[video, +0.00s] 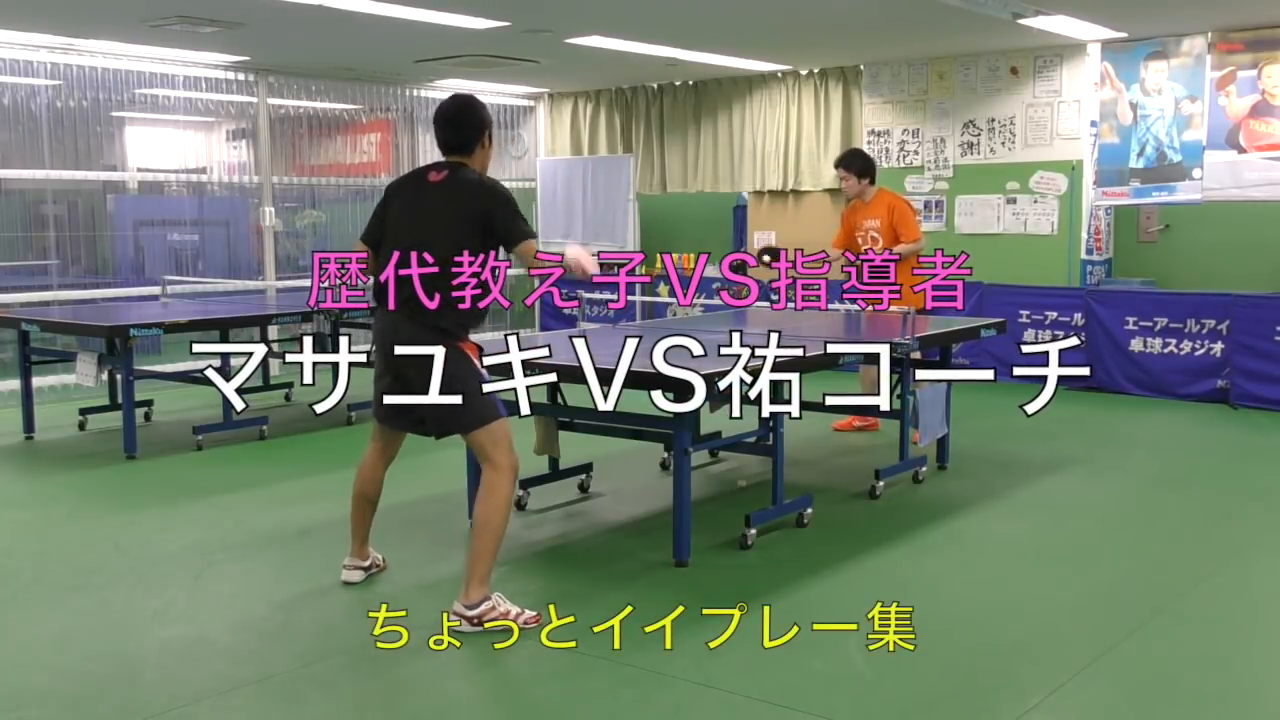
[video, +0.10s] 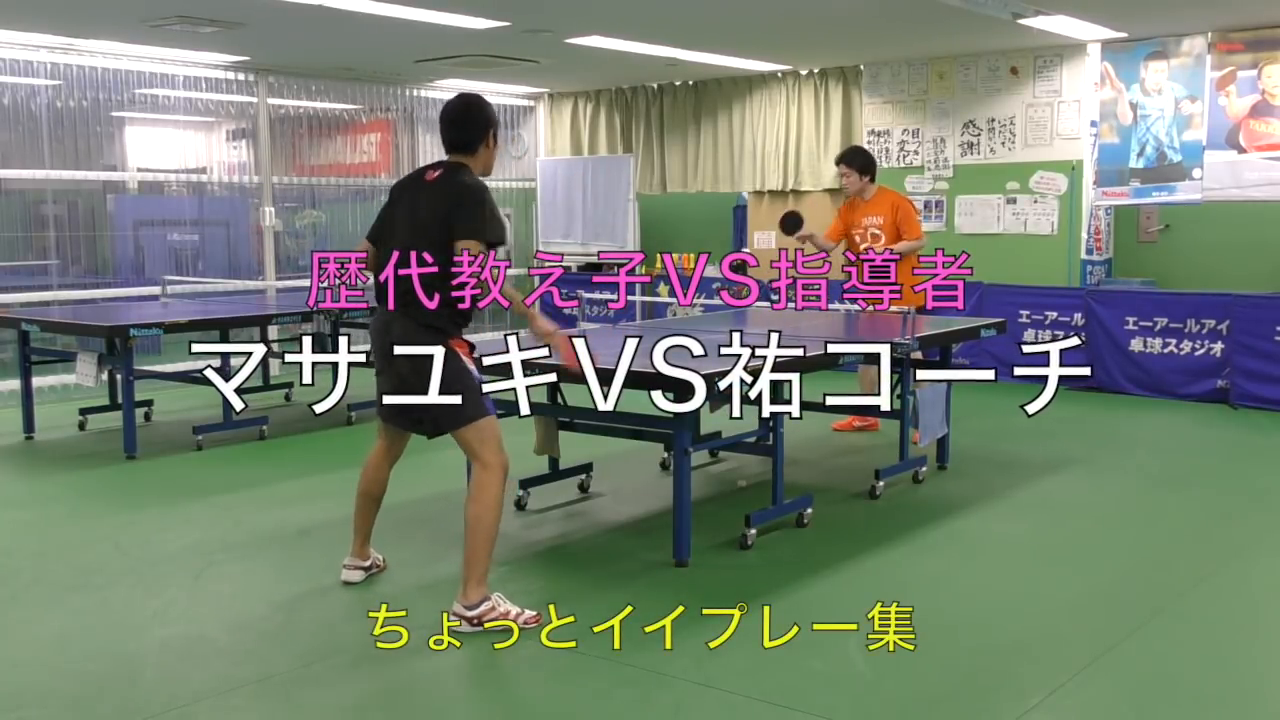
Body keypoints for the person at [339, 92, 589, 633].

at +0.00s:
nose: (493, 146)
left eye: (489, 137)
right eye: (492, 137)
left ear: (439, 140)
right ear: (485, 140)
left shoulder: (402, 188)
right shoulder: (488, 194)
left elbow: (371, 252)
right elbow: (530, 256)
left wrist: (414, 285)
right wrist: (569, 256)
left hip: (392, 344)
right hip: (445, 348)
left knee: (378, 451)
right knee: (500, 464)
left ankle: (357, 556)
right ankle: (475, 597)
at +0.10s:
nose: (499, 147)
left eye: (496, 137)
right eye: (497, 138)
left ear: (445, 138)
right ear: (488, 140)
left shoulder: (409, 184)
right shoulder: (469, 190)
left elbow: (371, 253)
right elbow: (473, 268)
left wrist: (405, 299)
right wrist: (534, 319)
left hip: (389, 342)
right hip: (432, 346)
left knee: (386, 446)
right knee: (490, 461)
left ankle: (358, 556)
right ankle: (474, 597)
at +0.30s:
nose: (510, 172)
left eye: (511, 162)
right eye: (508, 160)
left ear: (468, 156)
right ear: (485, 157)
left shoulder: (428, 194)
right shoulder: (452, 196)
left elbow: (377, 262)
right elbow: (446, 272)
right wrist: (496, 316)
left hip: (384, 345)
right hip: (411, 349)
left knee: (397, 444)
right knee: (481, 459)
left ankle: (360, 554)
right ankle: (469, 596)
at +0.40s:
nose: (520, 167)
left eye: (521, 155)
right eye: (516, 154)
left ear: (477, 152)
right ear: (490, 151)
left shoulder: (429, 189)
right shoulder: (474, 200)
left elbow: (374, 257)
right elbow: (532, 272)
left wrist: (429, 281)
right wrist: (622, 292)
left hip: (377, 335)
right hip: (411, 343)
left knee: (384, 442)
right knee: (472, 459)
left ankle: (358, 554)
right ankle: (468, 596)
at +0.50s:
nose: (527, 166)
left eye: (526, 156)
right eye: (524, 156)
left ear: (478, 156)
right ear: (505, 155)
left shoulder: (430, 192)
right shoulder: (499, 206)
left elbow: (374, 258)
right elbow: (582, 249)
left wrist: (434, 262)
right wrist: (635, 225)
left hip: (378, 340)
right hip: (416, 347)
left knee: (373, 450)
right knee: (490, 461)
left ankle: (356, 554)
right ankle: (472, 598)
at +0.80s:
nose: (519, 138)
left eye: (516, 129)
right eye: (518, 129)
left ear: (465, 131)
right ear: (510, 131)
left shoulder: (425, 180)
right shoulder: (511, 185)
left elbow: (377, 253)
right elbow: (563, 252)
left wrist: (422, 246)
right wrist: (587, 254)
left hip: (411, 340)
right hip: (465, 344)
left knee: (409, 441)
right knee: (508, 464)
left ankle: (378, 556)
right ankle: (475, 598)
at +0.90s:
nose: (520, 131)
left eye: (518, 121)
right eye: (518, 122)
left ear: (465, 122)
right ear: (509, 123)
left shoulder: (427, 171)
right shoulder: (495, 176)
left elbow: (383, 244)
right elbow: (503, 257)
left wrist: (435, 242)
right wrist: (562, 307)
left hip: (409, 332)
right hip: (454, 336)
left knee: (417, 440)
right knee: (496, 459)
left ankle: (388, 561)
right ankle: (473, 598)